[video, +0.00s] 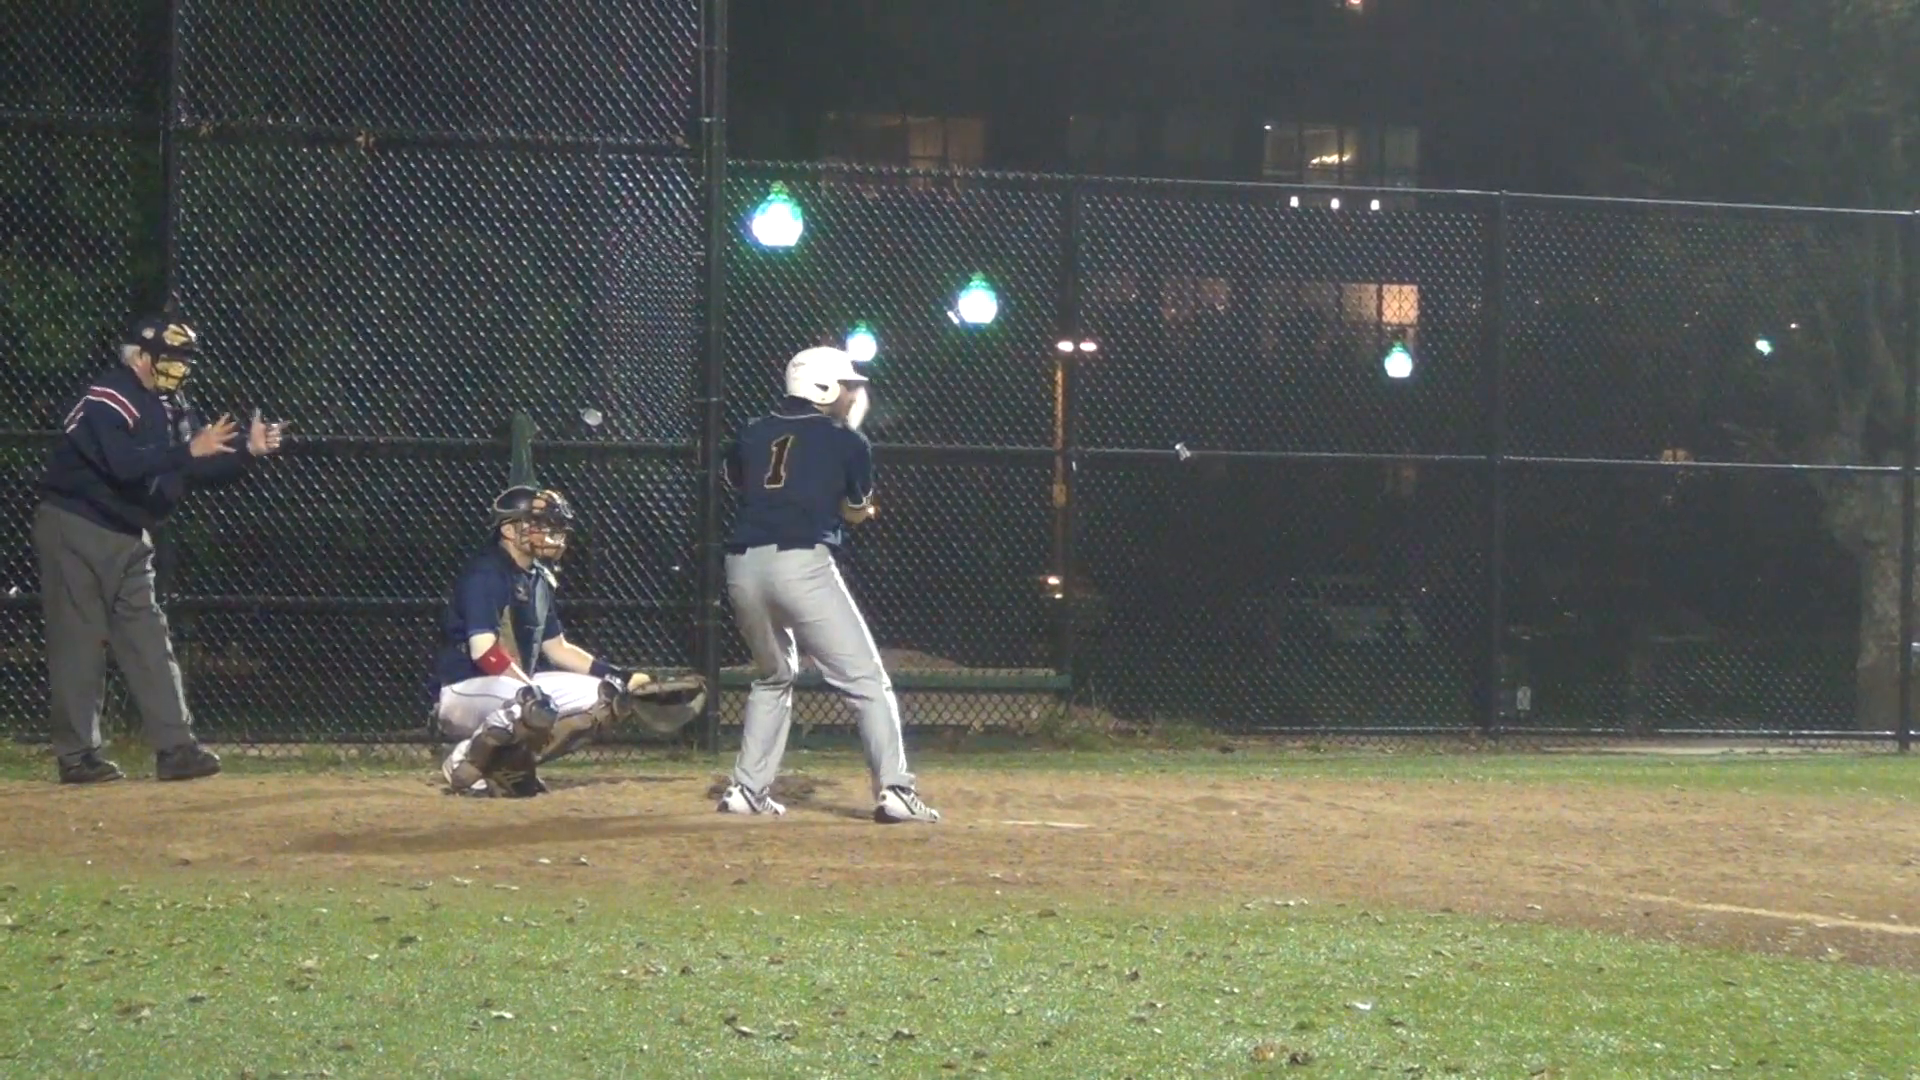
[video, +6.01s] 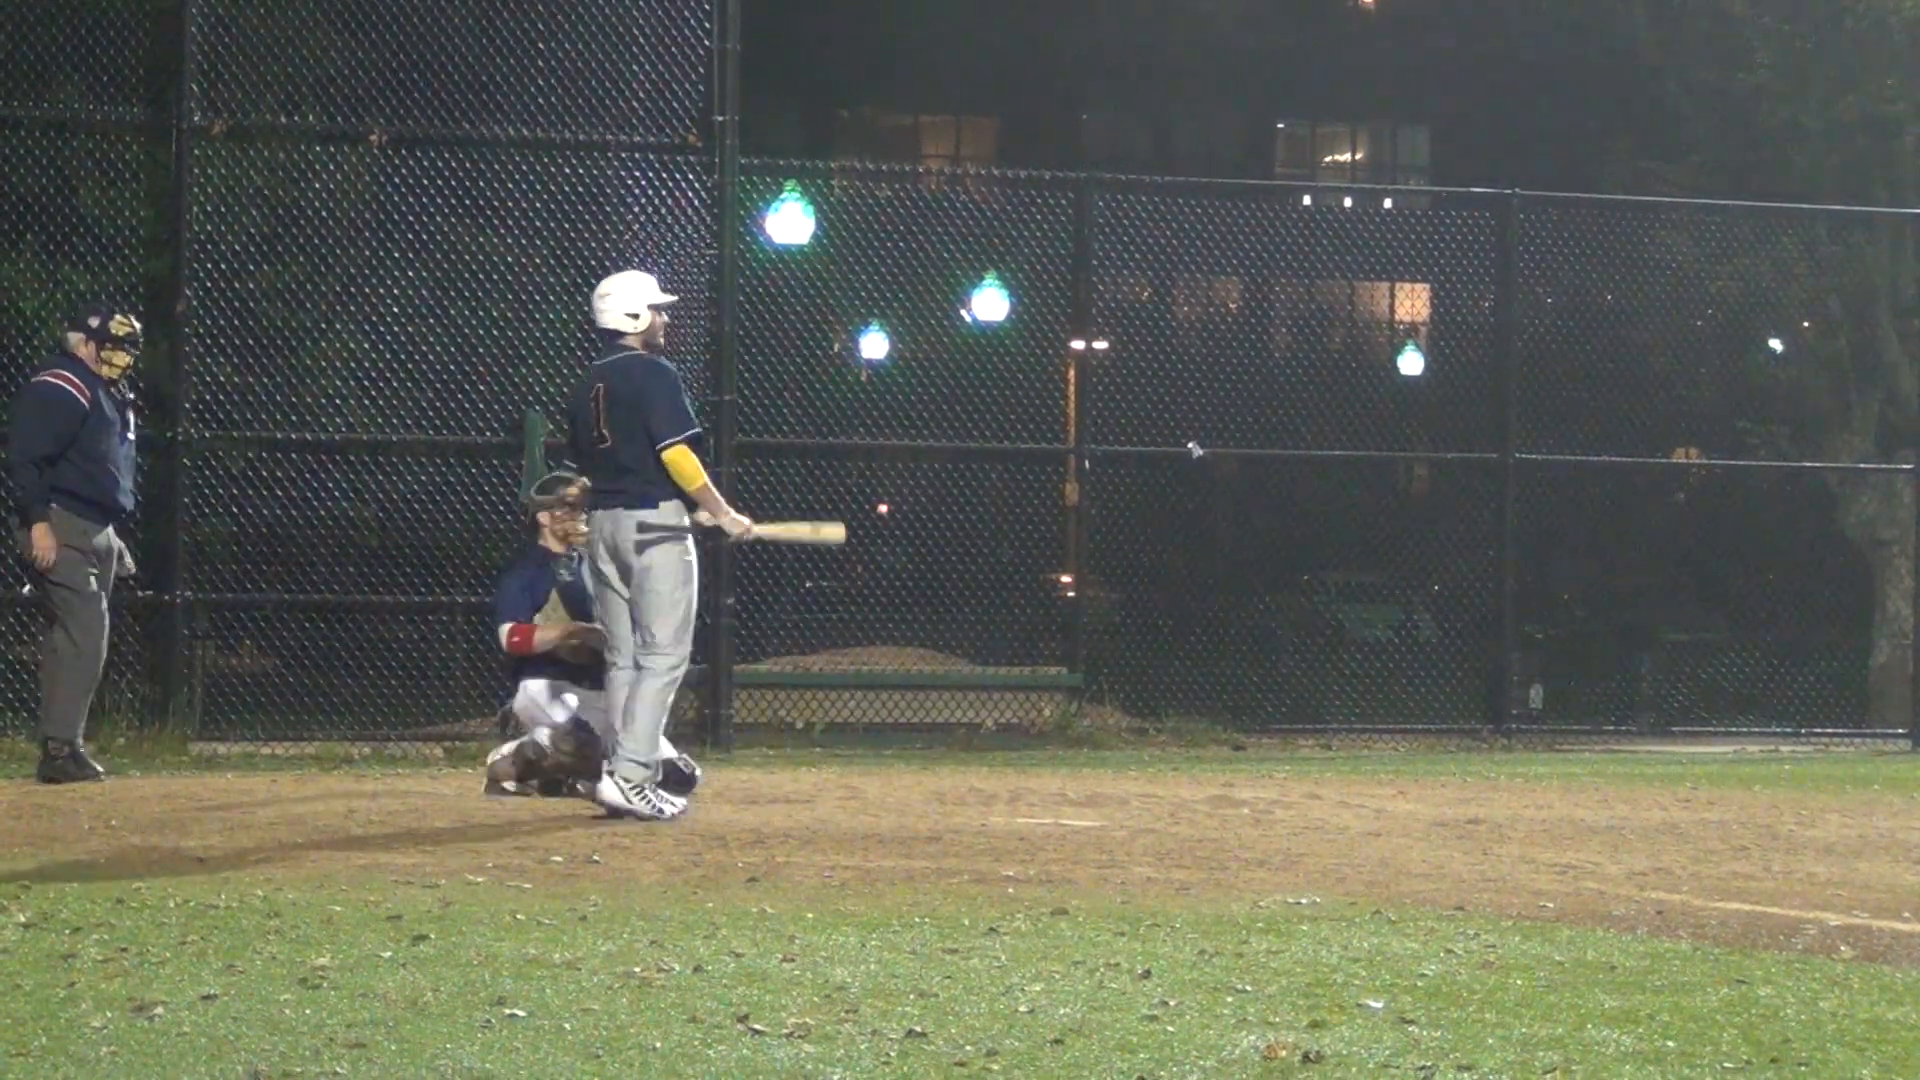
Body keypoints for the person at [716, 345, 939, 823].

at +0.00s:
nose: (854, 397)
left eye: (853, 388)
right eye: (849, 389)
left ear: (796, 388)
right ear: (828, 390)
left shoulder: (752, 431)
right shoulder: (847, 440)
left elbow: (736, 484)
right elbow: (857, 509)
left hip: (741, 566)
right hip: (803, 563)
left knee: (771, 677)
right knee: (867, 682)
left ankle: (747, 790)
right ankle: (895, 791)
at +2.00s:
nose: (900, 412)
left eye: (899, 403)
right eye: (893, 403)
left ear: (848, 408)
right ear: (866, 406)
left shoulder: (801, 450)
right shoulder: (882, 454)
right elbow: (939, 506)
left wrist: (879, 453)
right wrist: (915, 464)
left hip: (782, 592)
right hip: (842, 591)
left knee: (810, 688)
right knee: (922, 693)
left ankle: (756, 791)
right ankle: (911, 793)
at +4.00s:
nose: (839, 376)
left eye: (840, 367)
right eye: (837, 367)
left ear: (786, 354)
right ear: (826, 366)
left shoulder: (736, 398)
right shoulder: (836, 416)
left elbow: (681, 455)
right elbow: (833, 491)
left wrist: (674, 530)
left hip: (734, 543)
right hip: (796, 540)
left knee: (759, 667)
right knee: (833, 657)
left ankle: (754, 784)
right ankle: (797, 752)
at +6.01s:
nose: (666, 319)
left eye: (663, 310)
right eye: (659, 311)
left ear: (616, 321)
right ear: (637, 318)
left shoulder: (587, 382)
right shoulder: (654, 373)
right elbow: (676, 453)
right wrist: (722, 510)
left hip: (603, 523)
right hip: (654, 521)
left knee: (625, 654)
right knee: (665, 653)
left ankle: (628, 773)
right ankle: (630, 779)